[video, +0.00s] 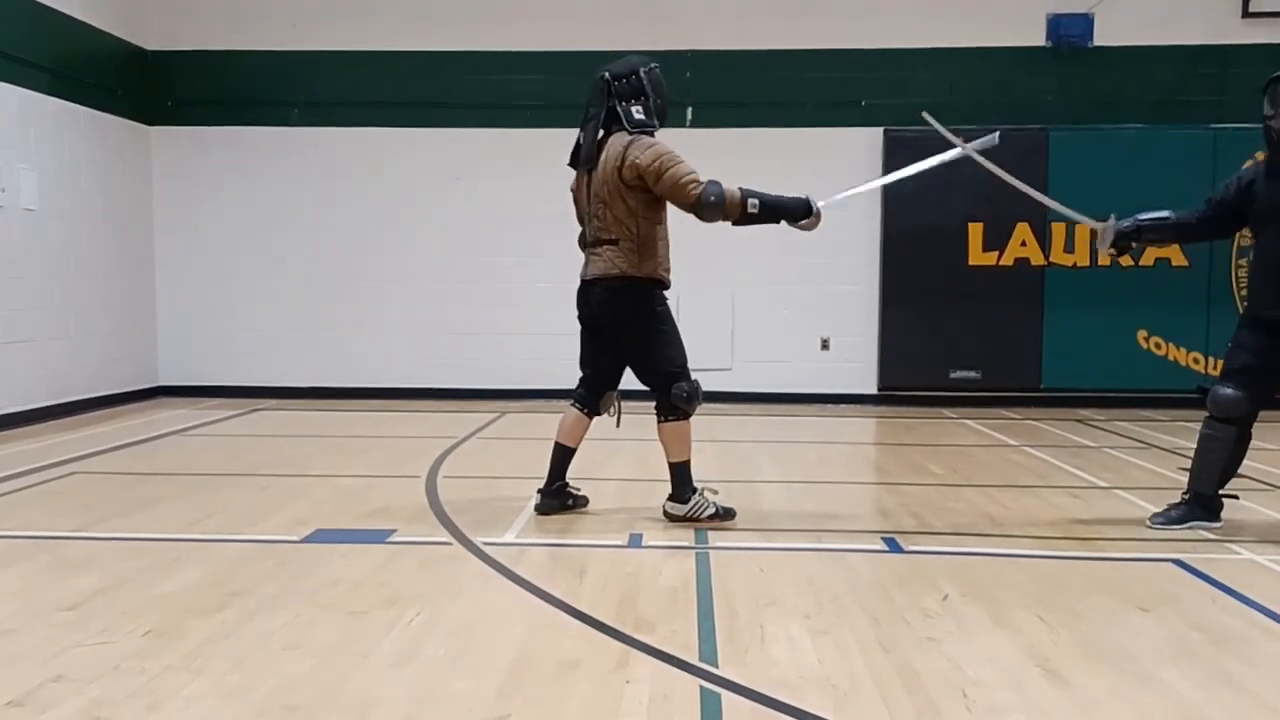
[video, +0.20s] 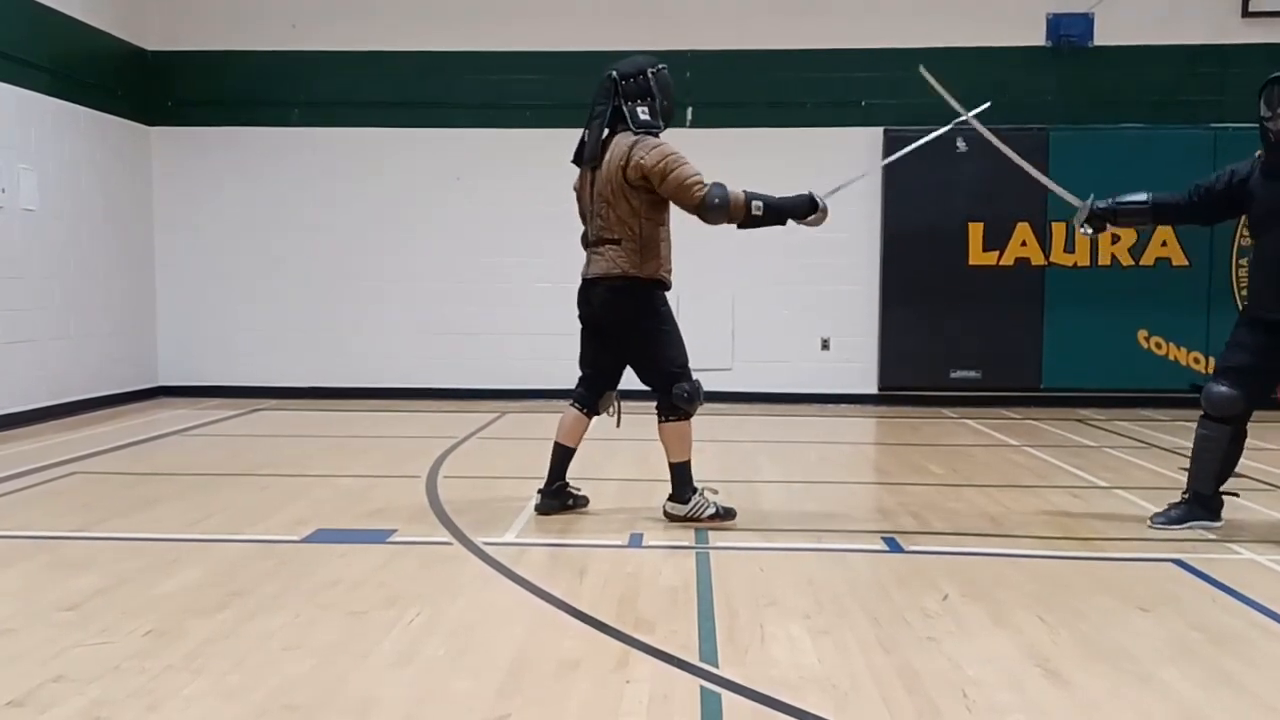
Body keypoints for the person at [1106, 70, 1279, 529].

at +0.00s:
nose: (1274, 124)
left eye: (1277, 116)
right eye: (1272, 115)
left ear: (1277, 123)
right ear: (1266, 121)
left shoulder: (1263, 180)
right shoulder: (1261, 177)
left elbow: (1210, 219)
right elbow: (1210, 219)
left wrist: (1136, 229)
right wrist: (1135, 228)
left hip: (1270, 319)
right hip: (1264, 315)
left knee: (1234, 398)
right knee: (1230, 398)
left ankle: (1203, 499)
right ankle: (1202, 500)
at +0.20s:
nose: (1273, 125)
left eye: (1277, 117)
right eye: (1271, 116)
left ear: (1278, 124)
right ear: (1264, 122)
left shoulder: (1262, 177)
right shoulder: (1258, 175)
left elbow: (1194, 203)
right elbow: (1194, 203)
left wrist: (1117, 212)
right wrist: (1115, 211)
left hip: (1270, 314)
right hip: (1264, 312)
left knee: (1229, 395)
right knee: (1225, 396)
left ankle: (1203, 499)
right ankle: (1202, 500)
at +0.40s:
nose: (1253, 128)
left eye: (1265, 117)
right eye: (1248, 118)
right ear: (1240, 126)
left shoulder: (1269, 184)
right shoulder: (1238, 190)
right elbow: (1174, 224)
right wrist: (1097, 223)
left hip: (1269, 322)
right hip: (1250, 320)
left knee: (1191, 388)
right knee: (1186, 389)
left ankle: (1143, 488)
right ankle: (1142, 490)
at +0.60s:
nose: (1179, 144)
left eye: (1193, 134)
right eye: (1178, 134)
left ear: (1224, 141)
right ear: (1171, 138)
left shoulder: (1261, 194)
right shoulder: (1166, 201)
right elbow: (1102, 219)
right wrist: (1036, 202)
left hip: (1251, 341)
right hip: (1179, 343)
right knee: (1124, 405)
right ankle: (1083, 500)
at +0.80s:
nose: (1116, 154)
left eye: (1127, 143)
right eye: (1111, 146)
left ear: (1159, 146)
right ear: (1105, 154)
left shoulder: (1208, 200)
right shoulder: (1107, 209)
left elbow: (1272, 224)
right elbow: (1053, 228)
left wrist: (1223, 277)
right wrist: (996, 209)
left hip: (1213, 344)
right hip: (1136, 345)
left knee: (1264, 439)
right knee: (1079, 397)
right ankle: (1077, 500)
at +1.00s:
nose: (1133, 147)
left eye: (1146, 138)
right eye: (1132, 139)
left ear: (1180, 143)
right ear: (1128, 145)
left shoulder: (1231, 203)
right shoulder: (1121, 204)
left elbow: (1277, 246)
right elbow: (1065, 242)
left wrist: (1229, 281)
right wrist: (1001, 247)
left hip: (1213, 347)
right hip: (1134, 343)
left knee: (1255, 442)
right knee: (1080, 395)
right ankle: (1077, 500)